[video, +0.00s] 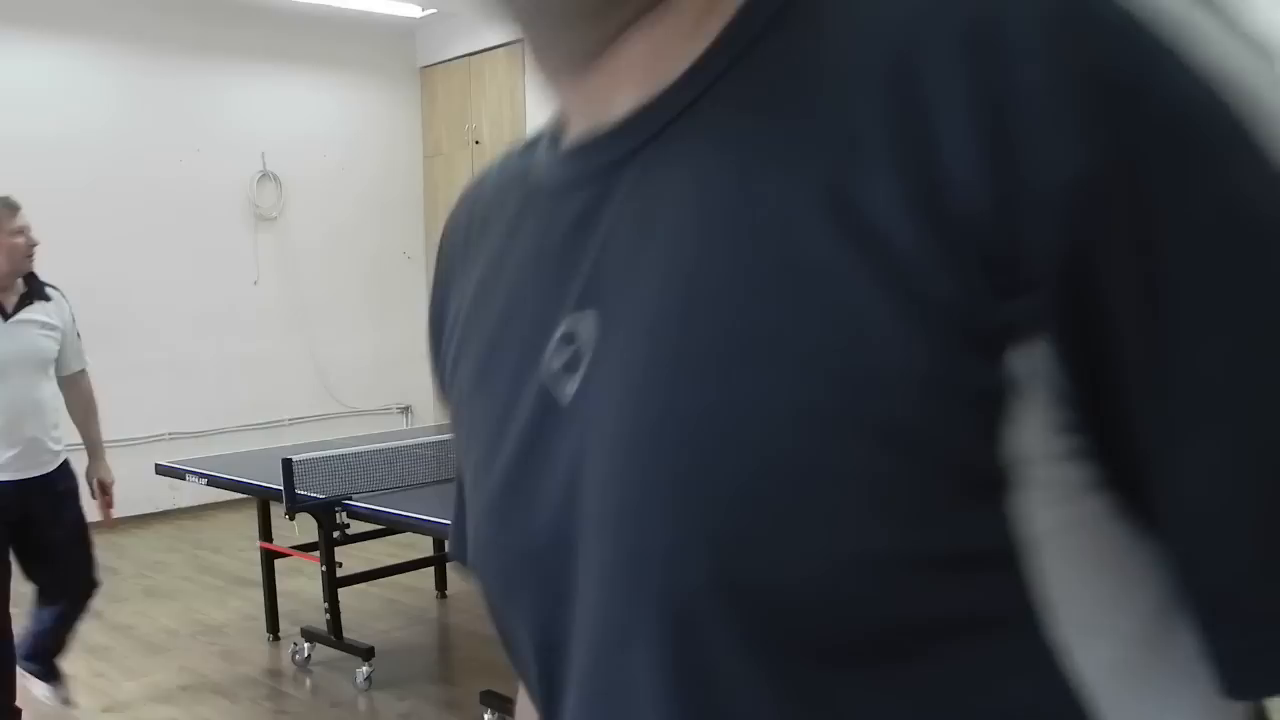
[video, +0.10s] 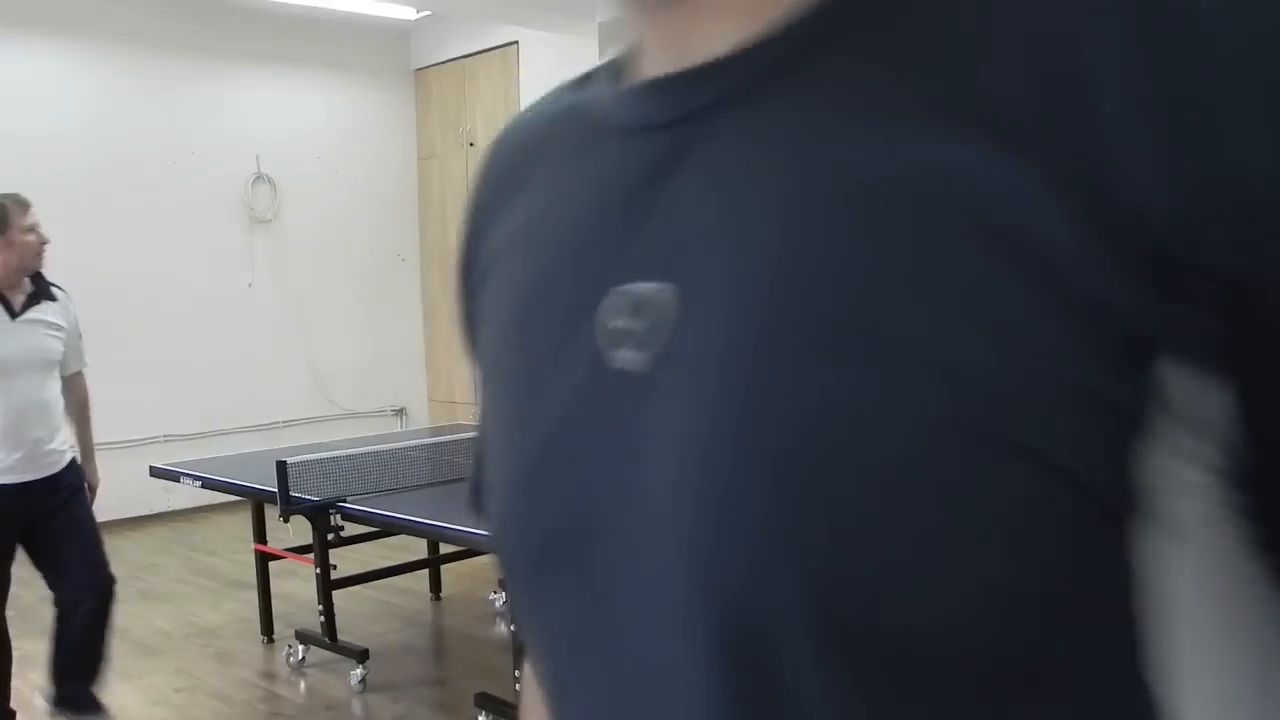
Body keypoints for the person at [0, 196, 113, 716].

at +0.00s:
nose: (30, 238)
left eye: (28, 229)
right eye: (17, 232)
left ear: (28, 239)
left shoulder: (51, 303)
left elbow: (74, 381)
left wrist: (96, 457)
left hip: (45, 473)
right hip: (1, 480)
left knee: (73, 581)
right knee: (6, 598)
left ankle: (35, 664)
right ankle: (12, 694)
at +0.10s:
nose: (42, 238)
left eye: (39, 229)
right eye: (30, 230)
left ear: (26, 241)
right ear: (1, 243)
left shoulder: (56, 302)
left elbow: (73, 381)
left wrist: (86, 456)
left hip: (54, 480)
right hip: (1, 489)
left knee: (90, 586)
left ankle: (73, 696)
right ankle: (3, 704)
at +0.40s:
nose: (120, 249)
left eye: (117, 238)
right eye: (107, 239)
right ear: (64, 248)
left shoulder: (122, 317)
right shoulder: (15, 313)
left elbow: (131, 403)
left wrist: (138, 479)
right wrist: (3, 508)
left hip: (118, 506)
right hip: (35, 511)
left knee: (140, 645)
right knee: (8, 646)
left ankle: (158, 713)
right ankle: (6, 707)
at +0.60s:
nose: (181, 233)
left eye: (179, 221)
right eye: (168, 222)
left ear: (136, 228)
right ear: (123, 228)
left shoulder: (179, 302)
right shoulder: (70, 289)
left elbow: (199, 392)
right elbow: (24, 378)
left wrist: (226, 477)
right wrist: (63, 476)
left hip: (175, 496)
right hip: (99, 501)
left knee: (181, 647)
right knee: (102, 644)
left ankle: (174, 715)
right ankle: (51, 710)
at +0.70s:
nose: (205, 223)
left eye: (203, 212)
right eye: (193, 213)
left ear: (161, 221)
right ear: (147, 221)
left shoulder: (203, 293)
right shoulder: (95, 281)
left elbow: (234, 377)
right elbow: (48, 372)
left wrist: (271, 455)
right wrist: (79, 470)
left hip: (196, 489)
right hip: (123, 491)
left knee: (195, 635)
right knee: (155, 637)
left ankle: (175, 713)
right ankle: (126, 709)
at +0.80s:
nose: (233, 224)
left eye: (231, 212)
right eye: (220, 213)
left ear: (191, 223)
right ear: (174, 222)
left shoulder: (232, 297)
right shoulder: (123, 284)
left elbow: (268, 377)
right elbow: (72, 376)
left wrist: (316, 451)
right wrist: (87, 482)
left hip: (217, 492)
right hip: (146, 493)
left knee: (208, 641)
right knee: (184, 644)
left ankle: (192, 713)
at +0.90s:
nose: (263, 227)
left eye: (261, 216)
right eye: (250, 217)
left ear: (215, 226)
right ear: (202, 226)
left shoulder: (261, 301)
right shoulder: (149, 292)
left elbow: (297, 384)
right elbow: (93, 391)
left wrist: (348, 450)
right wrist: (91, 501)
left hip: (246, 500)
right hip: (173, 505)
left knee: (207, 649)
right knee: (228, 662)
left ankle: (180, 713)